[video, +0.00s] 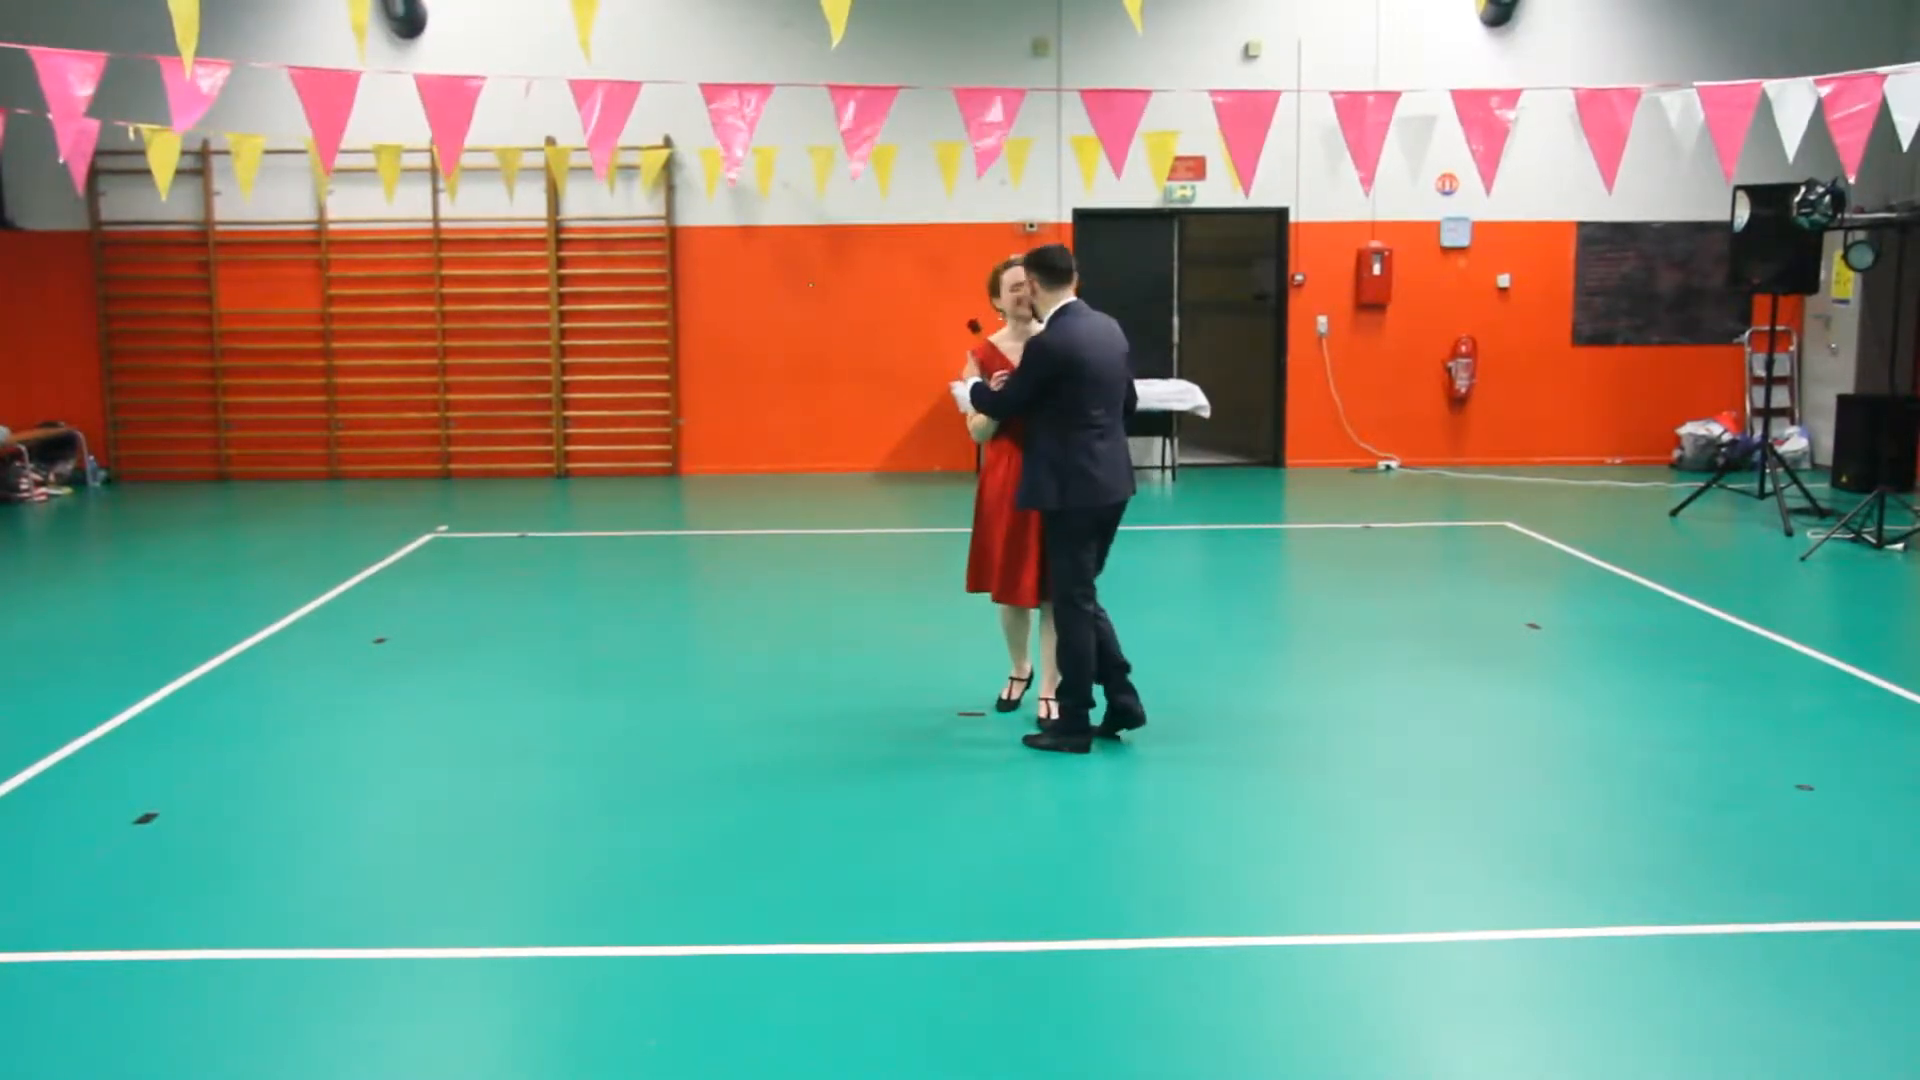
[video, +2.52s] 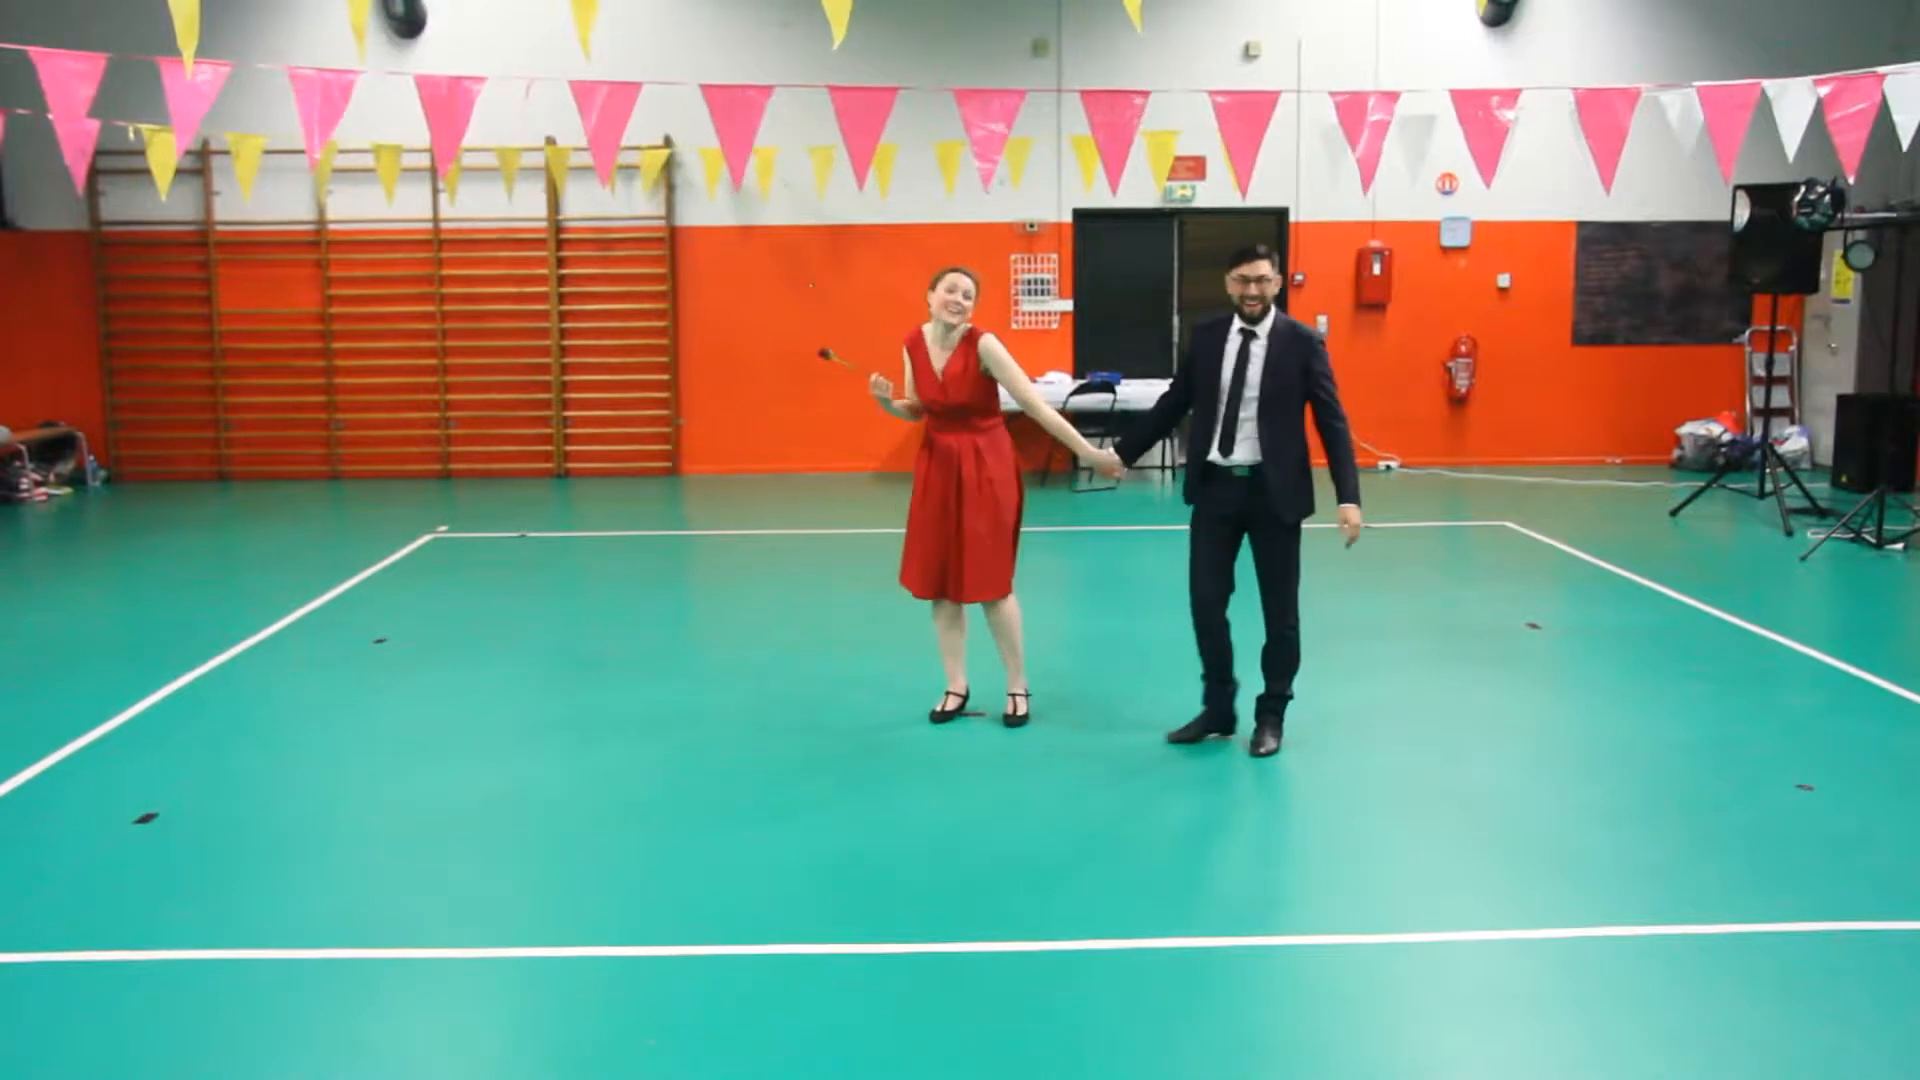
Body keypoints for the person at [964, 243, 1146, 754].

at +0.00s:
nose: (1026, 295)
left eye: (1027, 287)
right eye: (1023, 287)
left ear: (1035, 287)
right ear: (1076, 280)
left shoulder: (1048, 342)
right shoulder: (1111, 330)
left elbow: (1004, 404)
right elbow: (1127, 403)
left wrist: (975, 386)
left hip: (1071, 488)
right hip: (1112, 482)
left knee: (1070, 600)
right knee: (1079, 595)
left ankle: (1073, 723)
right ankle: (1123, 701)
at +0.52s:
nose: (1051, 286)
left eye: (1054, 277)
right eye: (1053, 277)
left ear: (1068, 282)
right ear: (1103, 281)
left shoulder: (1079, 345)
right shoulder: (1127, 335)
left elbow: (1038, 419)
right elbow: (1100, 412)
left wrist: (993, 480)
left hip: (1075, 493)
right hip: (1108, 486)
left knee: (1072, 601)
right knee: (1072, 595)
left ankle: (1070, 724)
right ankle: (1136, 688)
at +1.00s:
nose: (1066, 286)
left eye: (1072, 277)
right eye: (1067, 277)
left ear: (1099, 280)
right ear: (1097, 281)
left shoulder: (1132, 338)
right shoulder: (1098, 330)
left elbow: (1143, 425)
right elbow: (1095, 410)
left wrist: (1135, 503)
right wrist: (1048, 435)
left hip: (1120, 498)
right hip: (1106, 493)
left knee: (1092, 612)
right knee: (1136, 606)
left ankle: (1074, 722)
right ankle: (1161, 711)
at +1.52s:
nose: (1094, 293)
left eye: (1101, 284)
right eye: (1094, 285)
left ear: (1133, 282)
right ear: (1123, 286)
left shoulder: (1182, 337)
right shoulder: (1124, 341)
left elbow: (1201, 422)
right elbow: (1110, 414)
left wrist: (1191, 497)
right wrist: (1077, 475)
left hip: (1178, 492)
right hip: (1138, 490)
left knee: (1183, 606)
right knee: (1157, 608)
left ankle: (1227, 721)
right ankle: (1161, 715)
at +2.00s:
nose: (1172, 289)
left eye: (1183, 279)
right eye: (1165, 281)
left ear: (1209, 282)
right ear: (1159, 288)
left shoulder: (1241, 338)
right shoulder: (1159, 341)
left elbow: (1261, 420)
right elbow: (1145, 411)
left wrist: (1242, 493)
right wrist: (1103, 461)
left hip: (1230, 491)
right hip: (1175, 490)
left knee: (1247, 607)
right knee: (1175, 609)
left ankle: (1267, 713)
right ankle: (1164, 712)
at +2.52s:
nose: (1253, 289)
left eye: (1262, 280)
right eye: (1243, 281)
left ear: (1278, 284)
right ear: (1228, 285)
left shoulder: (1302, 344)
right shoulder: (1207, 337)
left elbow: (1332, 421)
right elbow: (1174, 401)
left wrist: (1348, 496)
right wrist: (1123, 453)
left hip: (1275, 489)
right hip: (1215, 488)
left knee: (1281, 613)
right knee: (1206, 606)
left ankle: (1270, 717)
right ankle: (1217, 711)